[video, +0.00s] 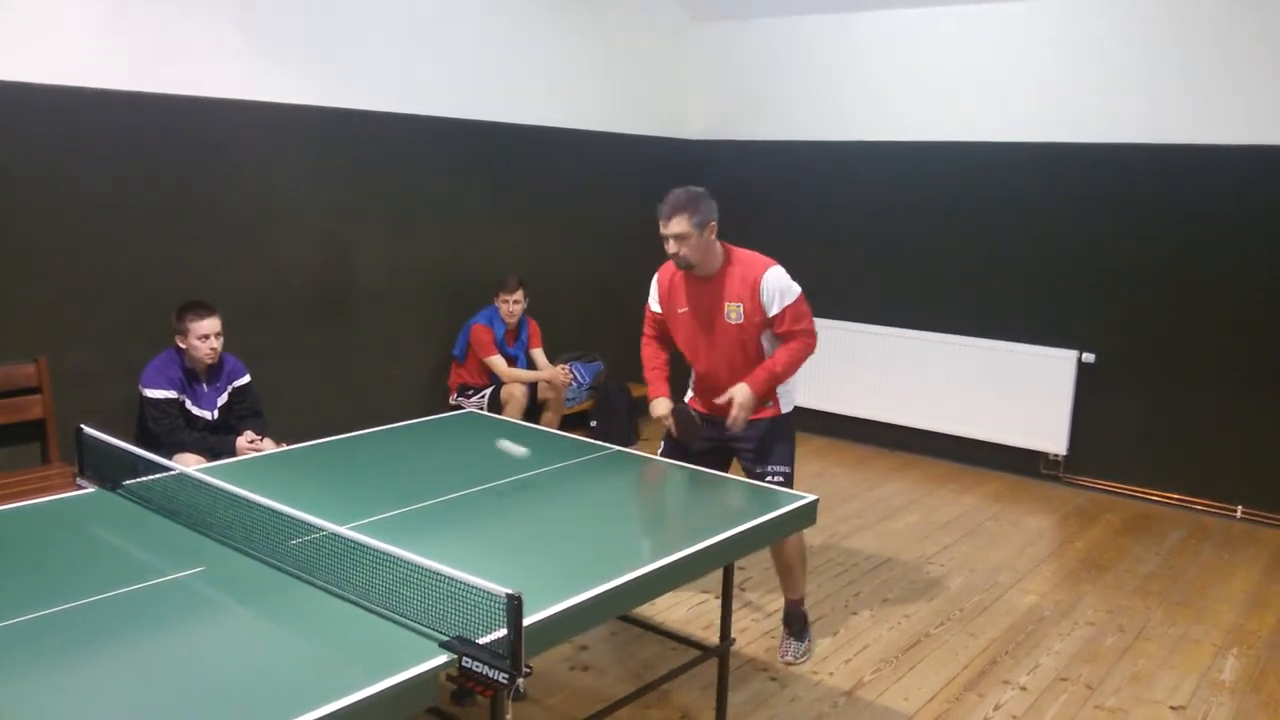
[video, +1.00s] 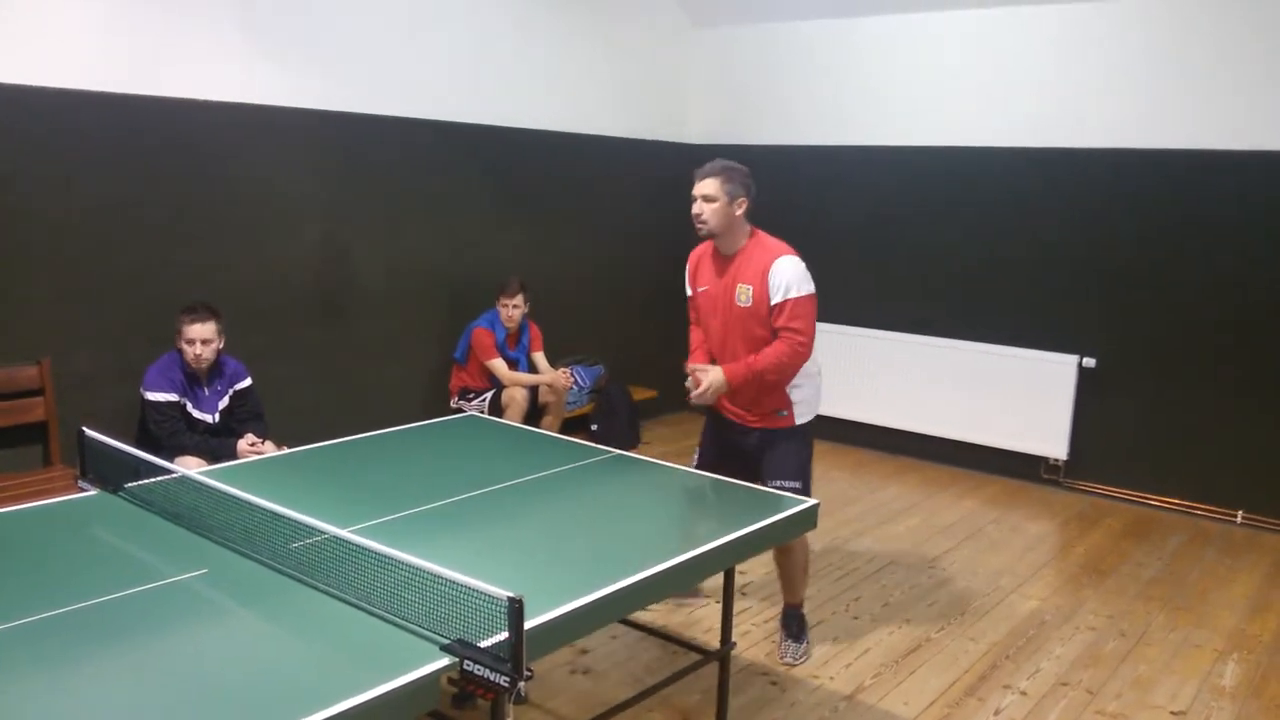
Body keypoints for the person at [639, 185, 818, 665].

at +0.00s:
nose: (672, 250)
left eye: (681, 239)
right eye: (666, 240)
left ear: (711, 231)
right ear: (663, 237)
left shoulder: (763, 276)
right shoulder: (665, 281)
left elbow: (802, 338)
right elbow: (654, 339)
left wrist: (754, 387)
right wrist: (659, 394)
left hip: (763, 416)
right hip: (699, 413)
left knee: (778, 514)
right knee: (668, 498)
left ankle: (795, 618)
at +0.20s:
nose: (668, 240)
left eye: (677, 229)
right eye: (662, 230)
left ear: (706, 222)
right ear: (658, 229)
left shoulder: (756, 268)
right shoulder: (653, 269)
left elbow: (795, 325)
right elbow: (603, 308)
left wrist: (755, 373)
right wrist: (586, 346)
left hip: (745, 412)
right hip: (681, 406)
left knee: (770, 508)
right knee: (644, 495)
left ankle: (792, 616)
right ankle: (619, 585)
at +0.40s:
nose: (658, 221)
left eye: (669, 212)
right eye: (655, 212)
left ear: (701, 214)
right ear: (654, 213)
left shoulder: (746, 264)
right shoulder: (645, 260)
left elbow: (774, 327)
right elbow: (593, 283)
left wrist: (738, 362)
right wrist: (560, 295)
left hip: (733, 414)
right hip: (668, 410)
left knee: (764, 507)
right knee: (633, 497)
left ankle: (792, 612)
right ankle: (618, 585)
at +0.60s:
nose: (659, 213)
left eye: (669, 204)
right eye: (656, 204)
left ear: (702, 207)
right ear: (657, 208)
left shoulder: (747, 260)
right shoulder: (648, 260)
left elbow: (775, 326)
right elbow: (620, 323)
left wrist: (731, 358)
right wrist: (607, 358)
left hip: (734, 413)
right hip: (667, 408)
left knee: (763, 507)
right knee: (642, 501)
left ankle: (790, 612)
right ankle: (618, 588)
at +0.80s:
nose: (674, 217)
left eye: (685, 208)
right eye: (672, 208)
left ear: (717, 212)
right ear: (672, 212)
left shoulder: (765, 269)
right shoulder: (669, 269)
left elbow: (784, 346)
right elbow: (670, 334)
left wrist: (726, 385)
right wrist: (673, 380)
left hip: (758, 422)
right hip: (693, 419)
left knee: (776, 517)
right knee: (668, 507)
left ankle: (793, 616)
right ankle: (638, 589)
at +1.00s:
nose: (696, 209)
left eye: (707, 201)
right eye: (694, 200)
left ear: (740, 206)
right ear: (696, 206)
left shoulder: (782, 265)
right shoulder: (697, 261)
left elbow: (796, 344)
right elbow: (699, 329)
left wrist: (728, 377)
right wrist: (699, 365)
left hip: (781, 424)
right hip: (724, 416)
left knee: (787, 523)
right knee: (699, 503)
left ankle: (793, 616)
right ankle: (686, 578)